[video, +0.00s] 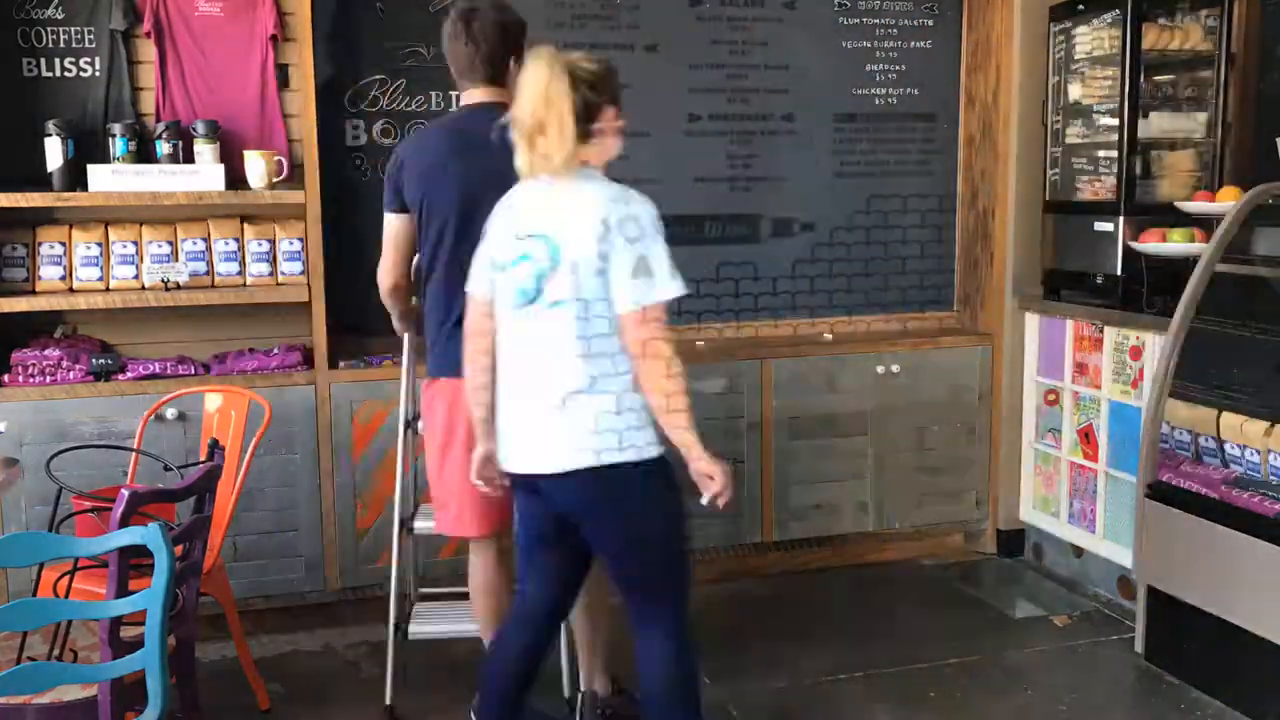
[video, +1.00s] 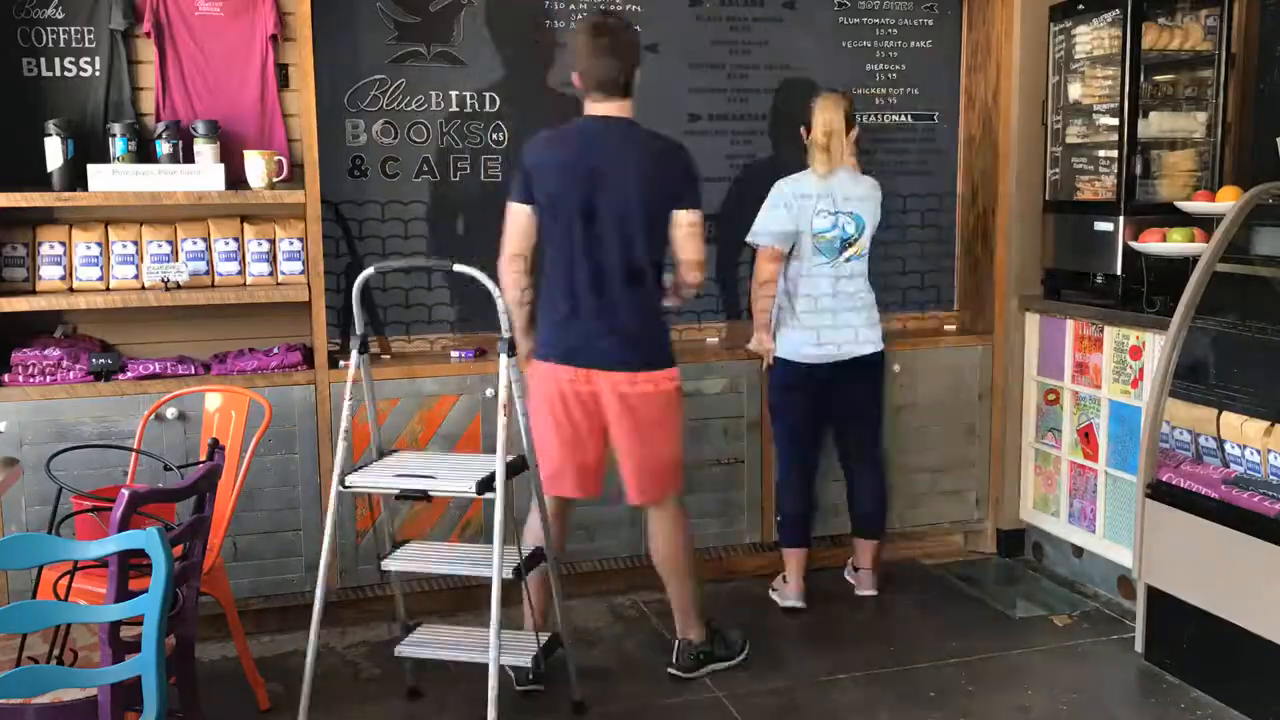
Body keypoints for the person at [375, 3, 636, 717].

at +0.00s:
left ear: (453, 63)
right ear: (522, 59)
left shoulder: (417, 149)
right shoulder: (552, 136)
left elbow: (392, 276)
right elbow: (589, 247)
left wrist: (411, 325)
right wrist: (587, 320)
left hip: (458, 369)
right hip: (552, 360)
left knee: (484, 539)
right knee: (574, 529)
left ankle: (506, 693)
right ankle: (596, 687)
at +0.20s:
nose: (597, 9)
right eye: (597, 5)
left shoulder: (481, 4)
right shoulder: (578, 35)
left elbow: (383, 14)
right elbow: (594, 107)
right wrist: (589, 33)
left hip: (463, 136)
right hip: (534, 147)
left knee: (455, 311)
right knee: (518, 320)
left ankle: (437, 478)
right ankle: (504, 478)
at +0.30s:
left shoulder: (486, 0)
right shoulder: (605, 26)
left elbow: (393, 8)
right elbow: (590, 133)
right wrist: (575, 84)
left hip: (464, 134)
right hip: (537, 145)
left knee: (459, 313)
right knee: (520, 323)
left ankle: (450, 479)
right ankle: (506, 478)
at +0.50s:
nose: (555, 17)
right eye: (582, 15)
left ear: (542, 18)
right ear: (592, 23)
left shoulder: (513, 68)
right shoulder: (615, 84)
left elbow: (478, 140)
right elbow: (621, 93)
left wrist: (450, 219)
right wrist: (625, 44)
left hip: (525, 237)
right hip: (591, 243)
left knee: (496, 389)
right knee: (567, 396)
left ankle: (508, 537)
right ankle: (560, 550)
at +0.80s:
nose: (552, 18)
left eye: (549, 14)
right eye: (575, 12)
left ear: (550, 22)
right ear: (601, 18)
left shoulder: (538, 76)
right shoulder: (636, 78)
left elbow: (512, 158)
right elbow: (623, 101)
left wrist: (490, 225)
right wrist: (621, 55)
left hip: (571, 243)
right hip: (634, 242)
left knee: (585, 395)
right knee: (636, 392)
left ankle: (601, 536)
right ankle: (640, 532)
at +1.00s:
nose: (572, 75)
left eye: (573, 67)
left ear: (576, 77)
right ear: (636, 76)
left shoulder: (541, 153)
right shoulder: (669, 157)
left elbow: (513, 265)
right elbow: (691, 272)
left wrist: (526, 343)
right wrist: (668, 295)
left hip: (556, 361)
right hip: (641, 363)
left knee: (550, 504)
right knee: (662, 504)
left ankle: (537, 646)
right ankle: (692, 638)